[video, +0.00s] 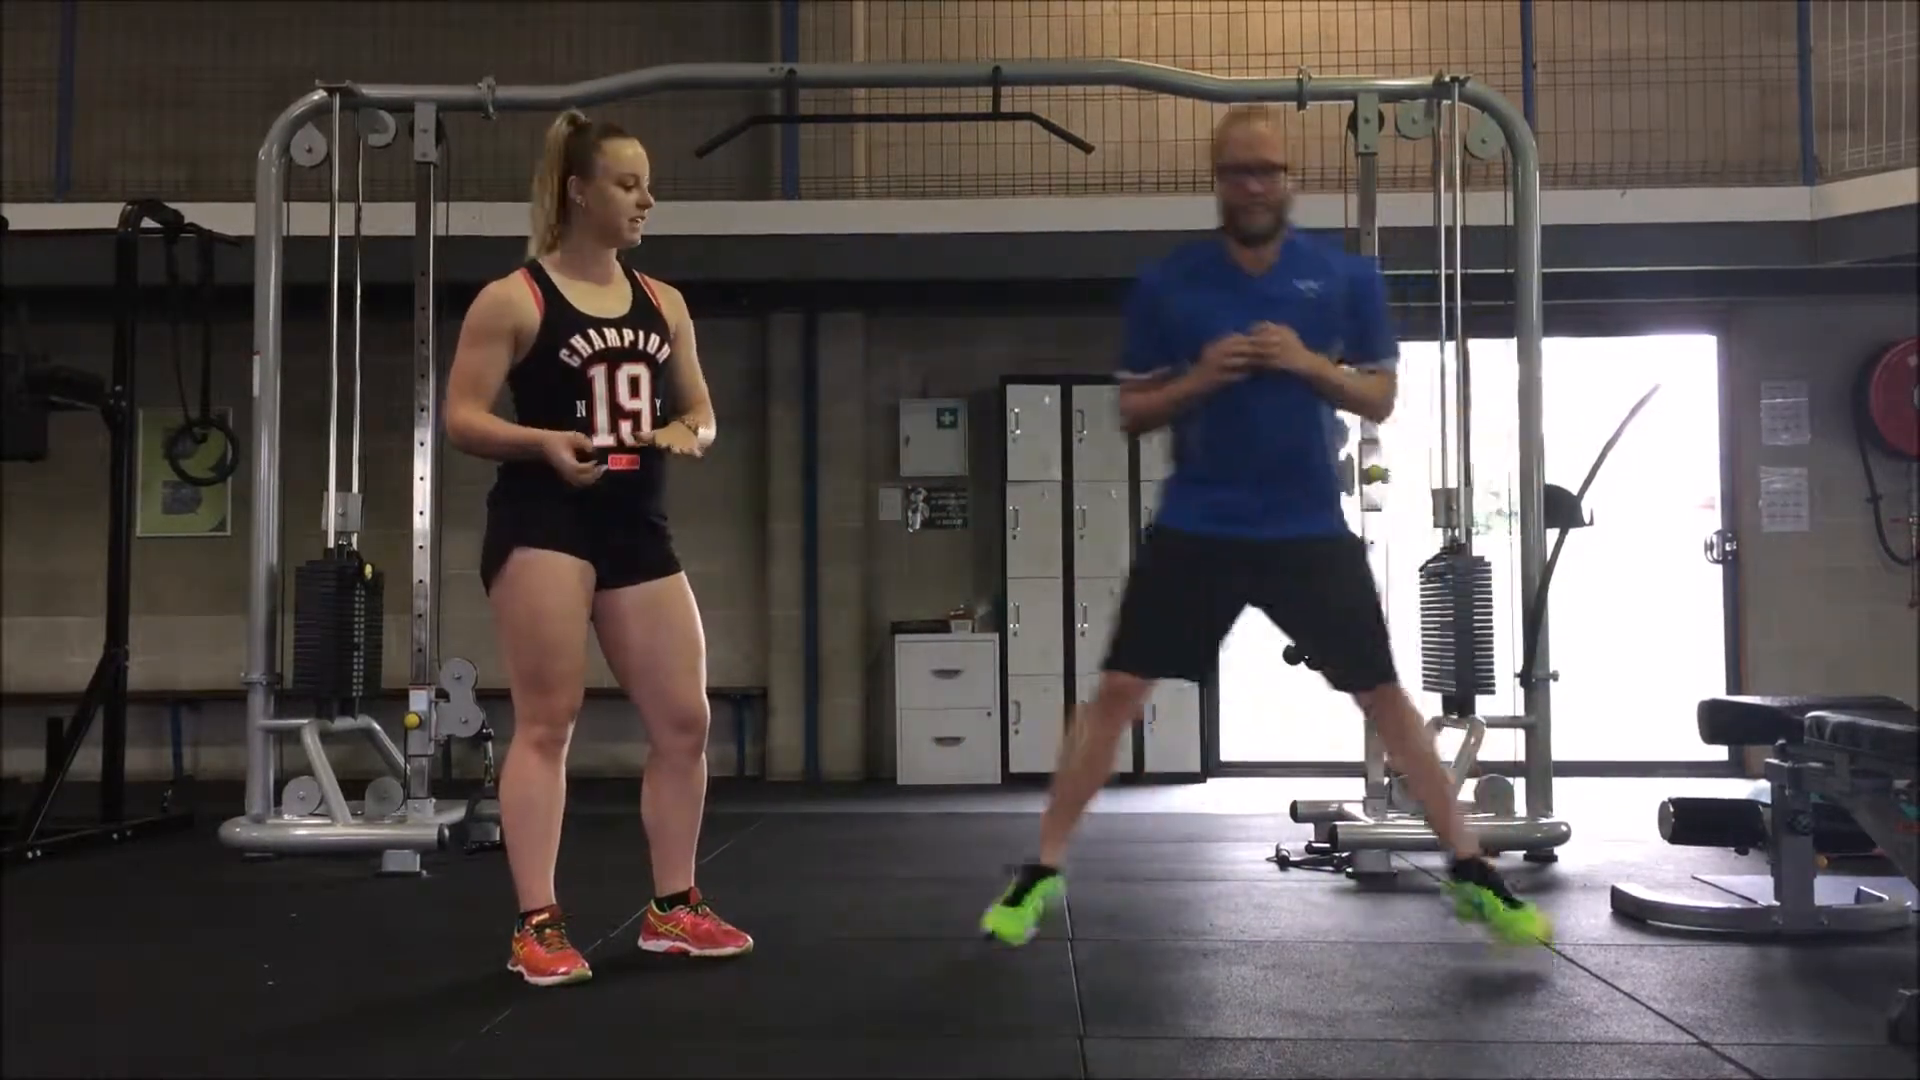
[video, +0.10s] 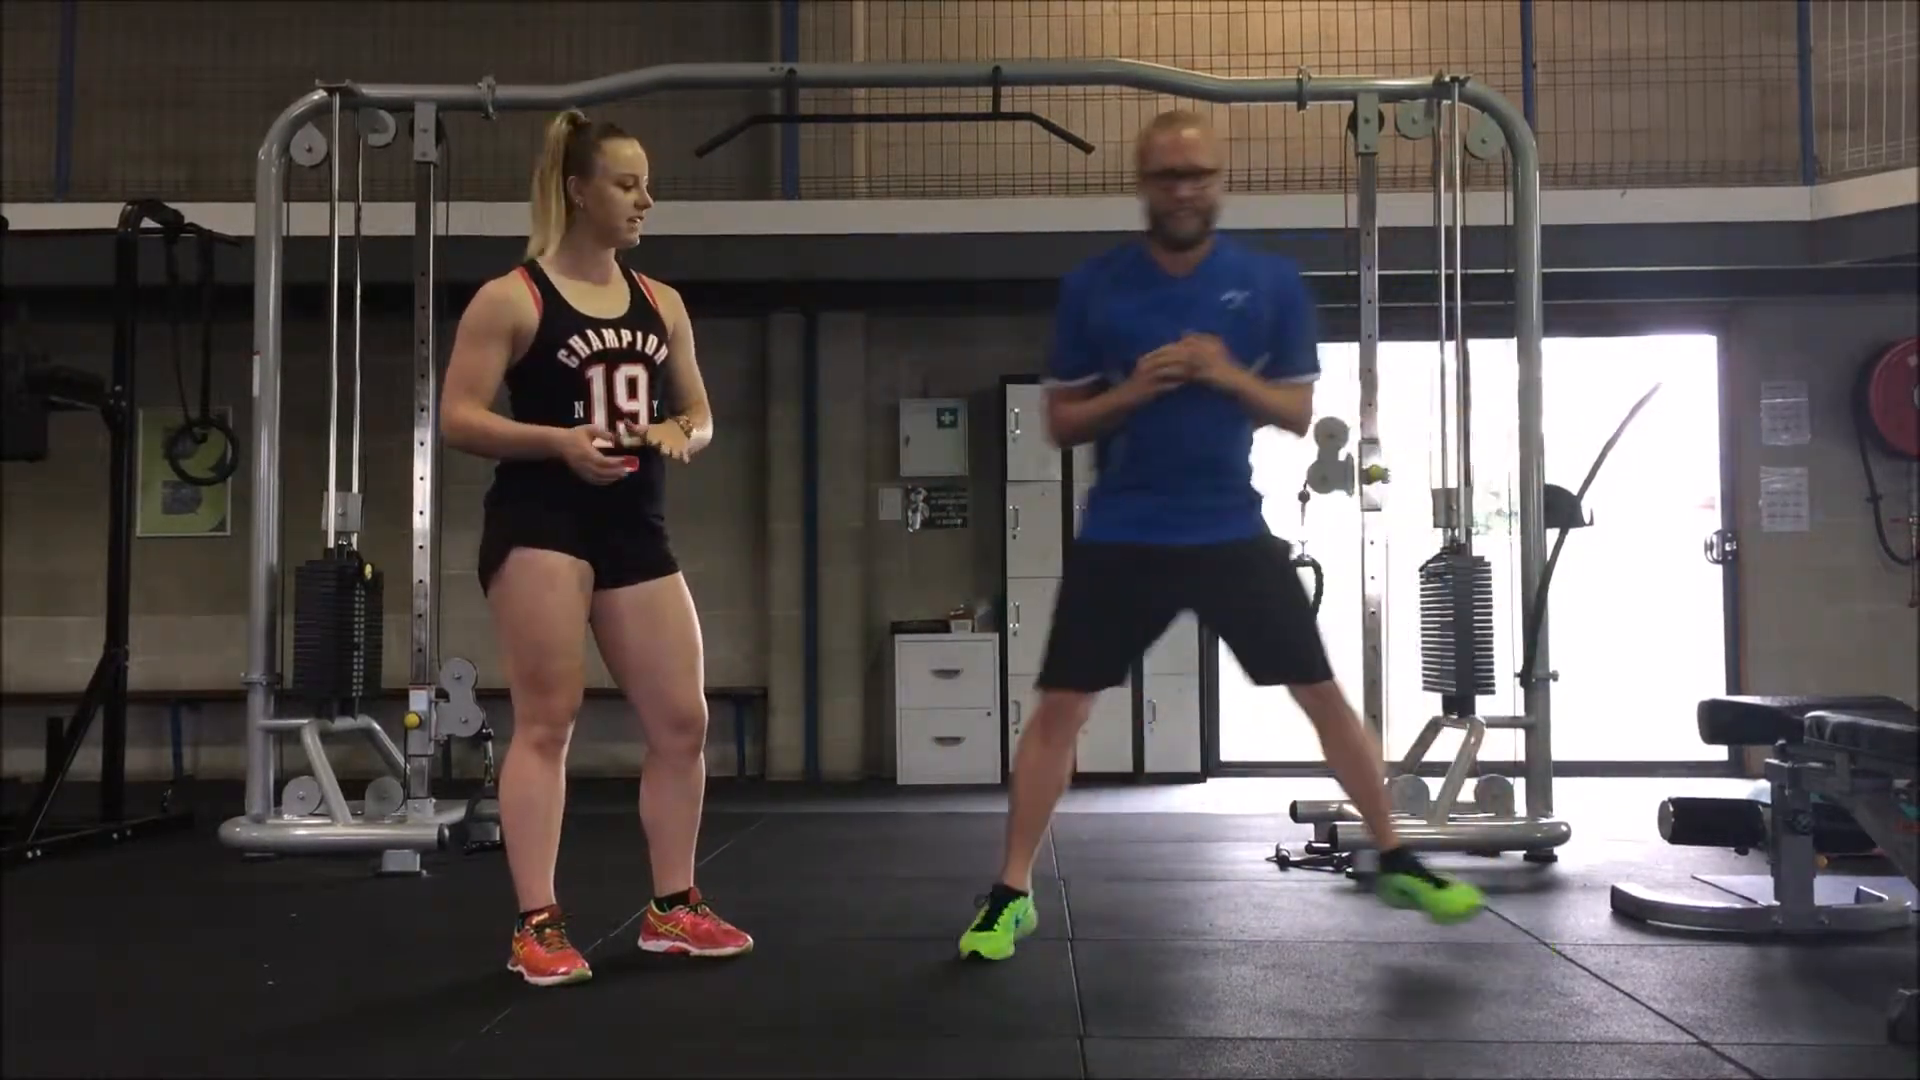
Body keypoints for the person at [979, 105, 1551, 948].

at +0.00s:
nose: (1254, 187)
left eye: (1268, 172)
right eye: (1237, 173)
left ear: (1290, 177)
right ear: (1213, 179)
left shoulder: (1345, 275)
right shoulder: (1167, 283)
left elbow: (1378, 400)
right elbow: (1131, 410)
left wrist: (1309, 364)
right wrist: (1199, 377)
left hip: (1308, 532)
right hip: (1195, 529)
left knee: (1383, 694)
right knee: (1117, 688)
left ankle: (1468, 863)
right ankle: (1044, 865)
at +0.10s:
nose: (1184, 190)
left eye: (1199, 175)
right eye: (1167, 176)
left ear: (1222, 182)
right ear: (1140, 185)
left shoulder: (1269, 281)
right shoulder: (1094, 287)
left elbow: (1297, 411)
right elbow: (1060, 422)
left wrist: (1227, 373)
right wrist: (1135, 388)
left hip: (1231, 534)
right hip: (1121, 537)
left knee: (1322, 692)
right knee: (1058, 705)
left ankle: (1393, 855)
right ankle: (1009, 888)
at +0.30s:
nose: (1069, 211)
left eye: (1081, 196)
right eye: (1051, 197)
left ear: (1100, 197)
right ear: (1021, 201)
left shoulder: (1156, 294)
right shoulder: (982, 311)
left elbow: (1195, 415)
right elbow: (960, 443)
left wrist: (1125, 414)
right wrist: (1032, 424)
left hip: (1149, 548)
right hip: (1038, 557)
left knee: (1230, 695)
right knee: (1012, 725)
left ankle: (1284, 860)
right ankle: (1004, 898)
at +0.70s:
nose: (992, 215)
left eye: (1003, 199)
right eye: (973, 204)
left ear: (1021, 196)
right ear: (943, 209)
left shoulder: (1089, 287)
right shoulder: (920, 318)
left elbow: (1142, 402)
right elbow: (906, 454)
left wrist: (1070, 410)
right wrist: (966, 435)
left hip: (1100, 537)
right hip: (995, 553)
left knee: (1170, 700)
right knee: (994, 727)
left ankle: (1184, 810)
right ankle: (1007, 900)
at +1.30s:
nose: (1091, 237)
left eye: (1107, 224)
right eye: (1075, 223)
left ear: (1131, 236)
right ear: (1049, 232)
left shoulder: (1182, 329)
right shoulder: (1012, 354)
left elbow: (1230, 445)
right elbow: (984, 484)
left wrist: (1165, 447)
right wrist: (1065, 466)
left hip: (1177, 572)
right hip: (1067, 581)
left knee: (1250, 708)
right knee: (1033, 742)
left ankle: (1257, 872)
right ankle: (1011, 905)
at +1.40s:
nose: (1160, 192)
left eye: (1175, 179)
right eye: (1146, 179)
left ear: (1199, 192)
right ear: (1120, 192)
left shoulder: (1248, 287)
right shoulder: (1079, 307)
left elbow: (1294, 407)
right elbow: (1049, 437)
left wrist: (1234, 403)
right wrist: (1128, 421)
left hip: (1234, 540)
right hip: (1122, 548)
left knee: (1316, 684)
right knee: (1064, 715)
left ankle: (1355, 855)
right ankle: (1014, 890)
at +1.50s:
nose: (1240, 172)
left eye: (1257, 157)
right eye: (1223, 156)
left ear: (1279, 166)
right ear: (1194, 165)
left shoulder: (1333, 270)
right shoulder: (1151, 281)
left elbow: (1372, 390)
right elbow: (1125, 412)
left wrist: (1310, 383)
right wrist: (1200, 395)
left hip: (1303, 527)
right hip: (1183, 531)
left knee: (1383, 685)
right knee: (1107, 687)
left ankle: (1455, 872)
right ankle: (1027, 860)